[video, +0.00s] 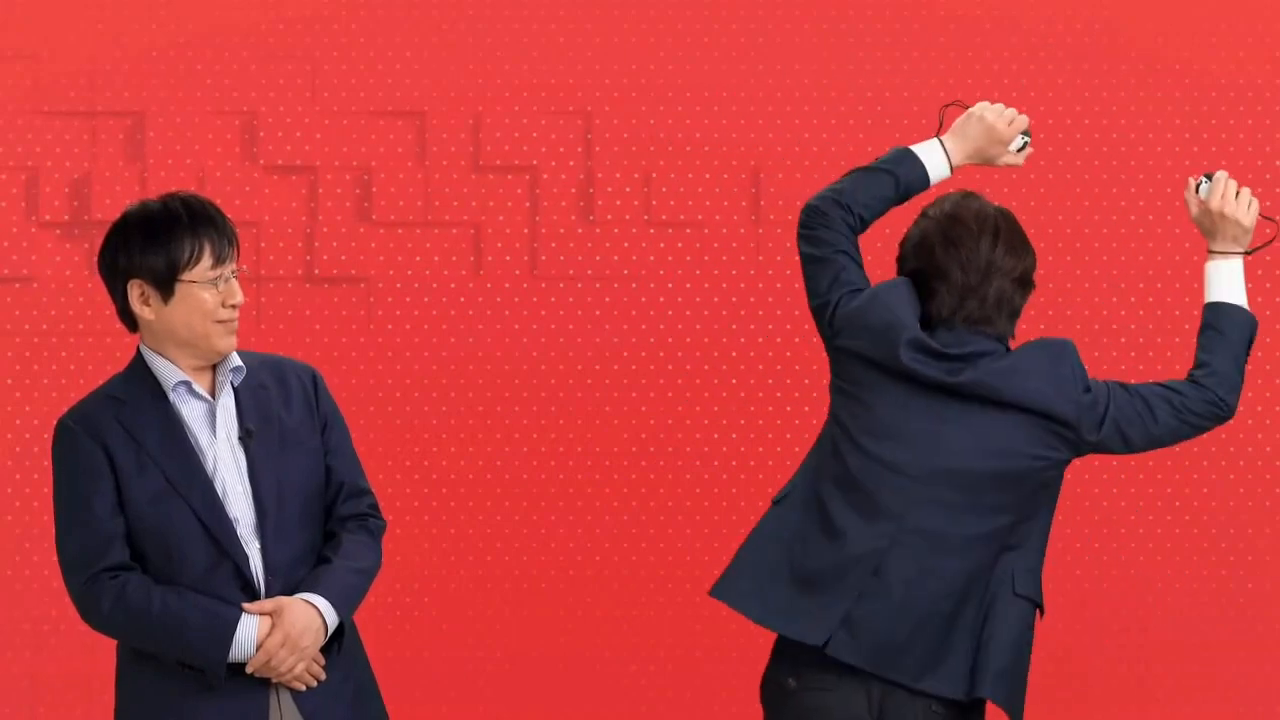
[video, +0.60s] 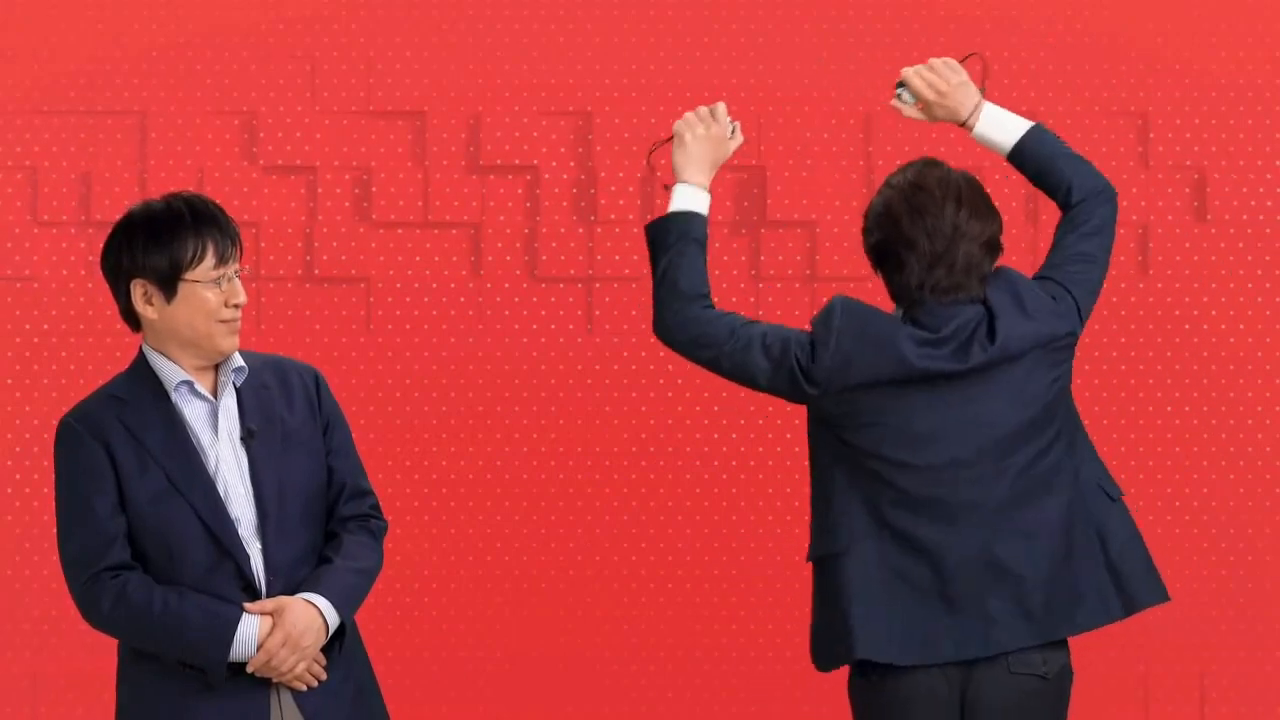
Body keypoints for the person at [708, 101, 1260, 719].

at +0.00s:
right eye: (1023, 284)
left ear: (911, 276)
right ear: (1019, 296)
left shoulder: (864, 341)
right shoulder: (1055, 401)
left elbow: (827, 217)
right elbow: (1212, 395)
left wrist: (949, 148)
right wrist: (1228, 255)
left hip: (813, 671)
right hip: (938, 693)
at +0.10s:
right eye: (1012, 268)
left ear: (896, 262)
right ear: (1006, 279)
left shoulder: (852, 335)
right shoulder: (1049, 376)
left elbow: (795, 218)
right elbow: (1199, 353)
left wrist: (907, 138)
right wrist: (1198, 216)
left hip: (834, 672)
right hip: (962, 684)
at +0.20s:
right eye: (996, 250)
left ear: (888, 260)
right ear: (994, 262)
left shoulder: (841, 333)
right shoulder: (1046, 349)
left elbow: (742, 232)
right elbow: (1171, 280)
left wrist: (832, 124)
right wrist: (1135, 148)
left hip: (864, 663)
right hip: (995, 668)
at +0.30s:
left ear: (880, 263)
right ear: (991, 252)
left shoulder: (834, 345)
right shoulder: (1039, 331)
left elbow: (696, 272)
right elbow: (1124, 220)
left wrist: (751, 140)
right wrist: (1046, 104)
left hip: (889, 669)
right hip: (1019, 666)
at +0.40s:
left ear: (877, 269)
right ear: (988, 253)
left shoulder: (834, 369)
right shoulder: (1034, 326)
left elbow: (676, 329)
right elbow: (1077, 192)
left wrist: (694, 188)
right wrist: (968, 104)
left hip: (906, 683)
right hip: (1036, 670)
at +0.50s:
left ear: (879, 272)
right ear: (988, 253)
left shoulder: (836, 378)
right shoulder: (1035, 328)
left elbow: (676, 355)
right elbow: (1060, 189)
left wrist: (673, 216)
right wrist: (938, 119)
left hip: (911, 684)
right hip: (1039, 667)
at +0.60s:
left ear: (883, 264)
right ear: (992, 247)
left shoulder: (841, 357)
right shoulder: (1043, 326)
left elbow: (682, 320)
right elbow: (1092, 198)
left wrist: (691, 183)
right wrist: (980, 114)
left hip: (899, 679)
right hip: (1029, 668)